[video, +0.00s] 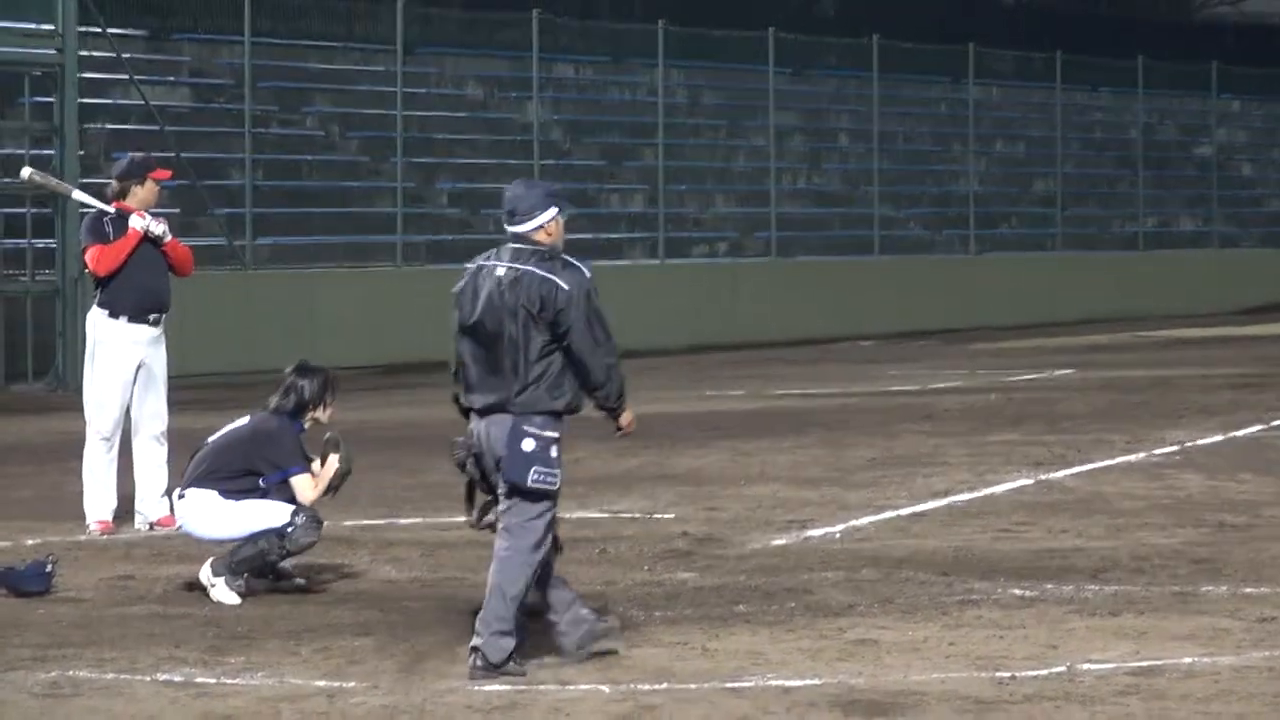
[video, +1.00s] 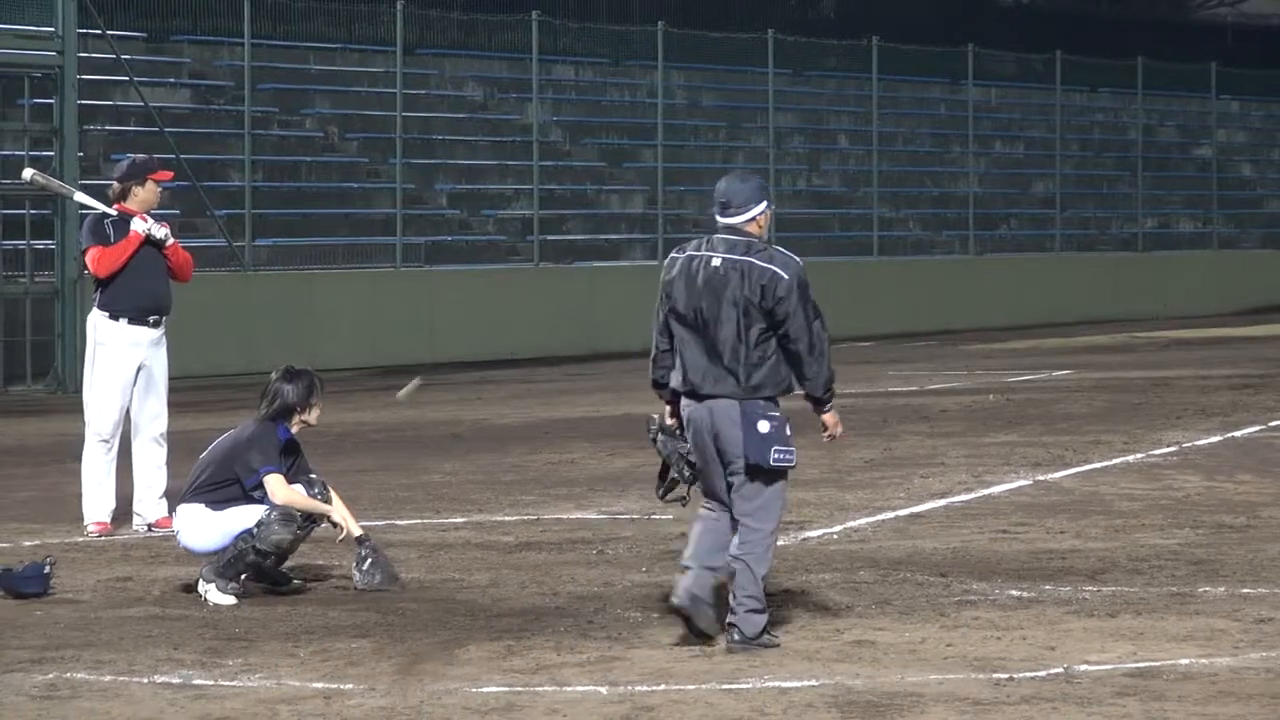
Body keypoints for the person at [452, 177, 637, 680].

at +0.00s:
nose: (564, 226)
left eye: (560, 218)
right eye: (558, 219)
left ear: (517, 227)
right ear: (542, 227)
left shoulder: (476, 273)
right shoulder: (563, 278)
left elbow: (464, 354)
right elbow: (591, 352)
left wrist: (472, 409)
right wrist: (617, 405)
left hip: (485, 422)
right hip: (532, 424)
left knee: (529, 530)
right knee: (520, 537)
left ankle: (575, 628)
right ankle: (491, 650)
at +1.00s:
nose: (769, 218)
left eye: (765, 211)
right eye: (766, 212)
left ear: (720, 214)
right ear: (758, 217)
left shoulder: (681, 260)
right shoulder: (780, 268)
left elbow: (665, 337)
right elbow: (804, 343)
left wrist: (669, 396)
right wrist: (824, 404)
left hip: (695, 406)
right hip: (750, 410)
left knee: (717, 503)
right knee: (757, 517)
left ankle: (694, 589)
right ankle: (746, 625)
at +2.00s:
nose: (898, 224)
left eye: (865, 214)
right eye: (901, 218)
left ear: (859, 217)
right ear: (906, 221)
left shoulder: (824, 262)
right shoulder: (932, 268)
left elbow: (807, 336)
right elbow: (946, 344)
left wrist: (806, 393)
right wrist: (947, 404)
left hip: (843, 405)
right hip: (907, 407)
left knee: (832, 506)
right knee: (925, 505)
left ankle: (814, 606)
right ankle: (945, 605)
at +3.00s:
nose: (894, 219)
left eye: (892, 213)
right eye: (921, 216)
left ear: (890, 215)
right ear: (934, 220)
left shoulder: (856, 264)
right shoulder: (961, 264)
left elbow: (844, 334)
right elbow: (978, 335)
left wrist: (844, 392)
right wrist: (980, 395)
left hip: (880, 398)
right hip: (938, 398)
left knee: (887, 496)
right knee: (951, 487)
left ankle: (889, 593)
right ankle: (949, 579)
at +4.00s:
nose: (853, 219)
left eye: (853, 214)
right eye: (857, 213)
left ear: (858, 215)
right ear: (897, 213)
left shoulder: (834, 254)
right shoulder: (930, 255)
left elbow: (818, 325)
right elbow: (944, 319)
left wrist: (814, 380)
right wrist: (928, 367)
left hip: (855, 382)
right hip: (910, 382)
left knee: (849, 477)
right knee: (907, 477)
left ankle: (853, 571)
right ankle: (907, 571)